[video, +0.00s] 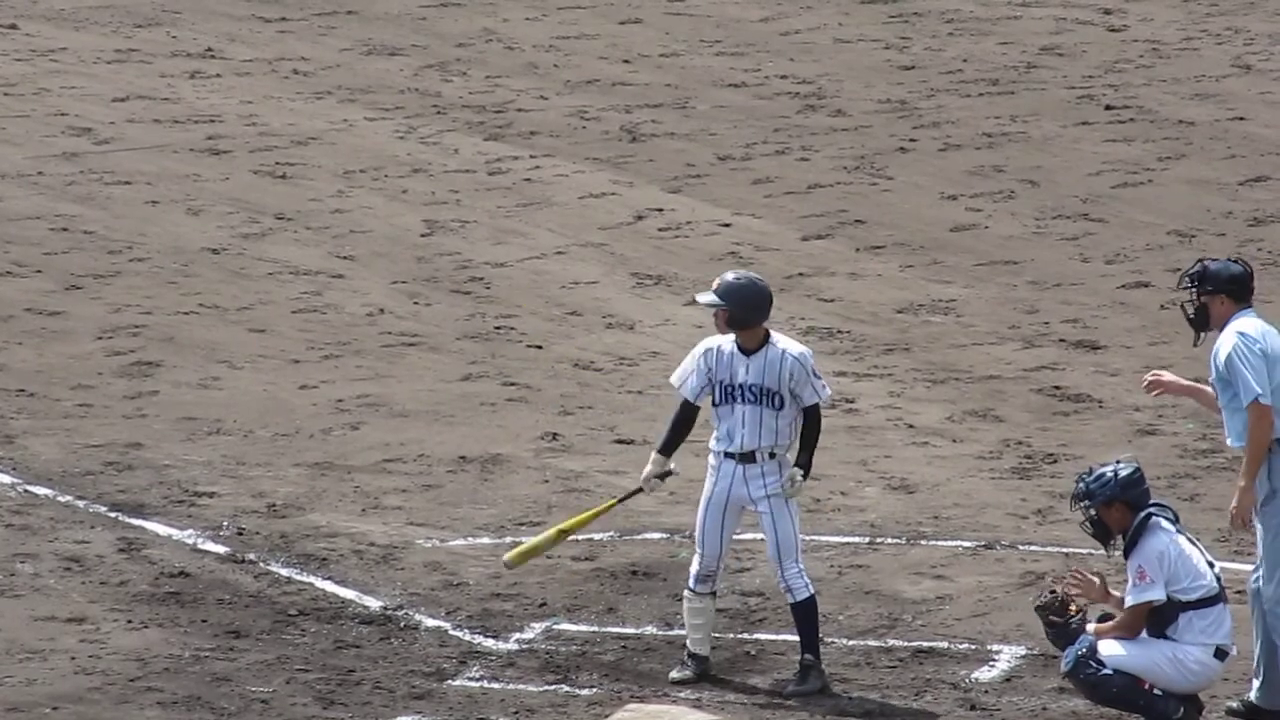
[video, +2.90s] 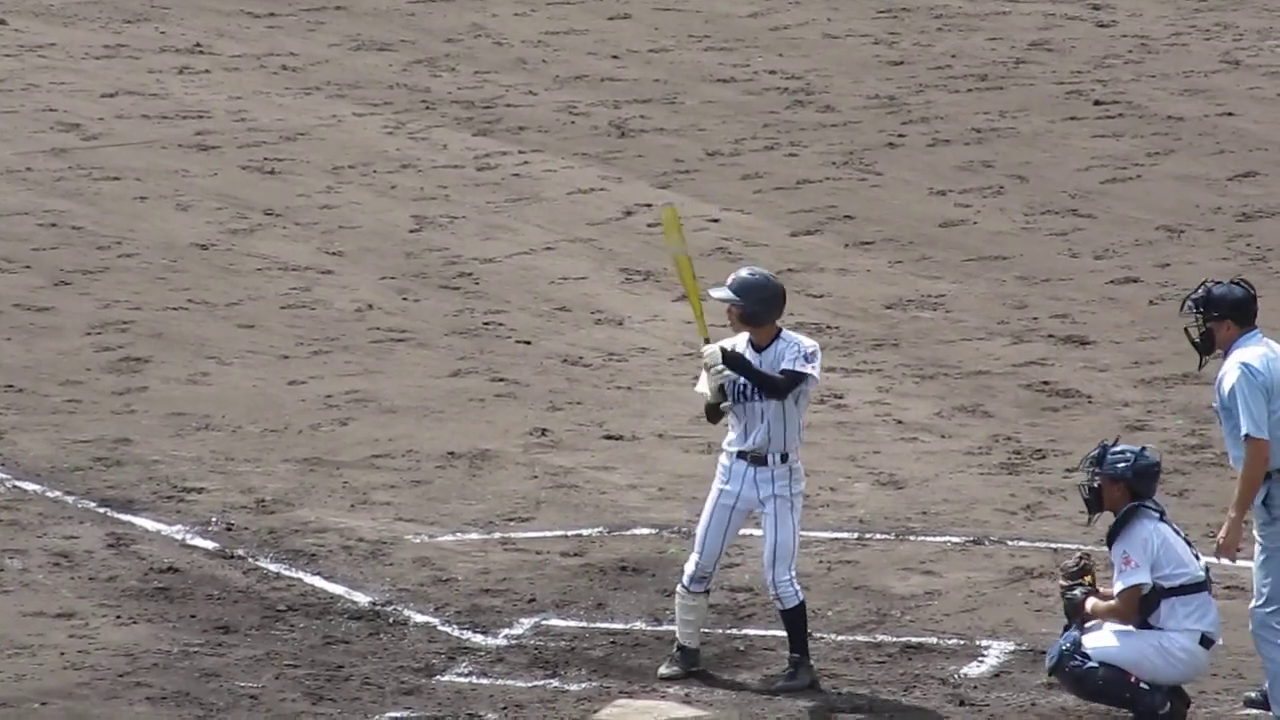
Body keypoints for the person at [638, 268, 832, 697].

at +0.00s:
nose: (712, 314)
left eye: (719, 309)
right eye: (714, 307)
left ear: (742, 315)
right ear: (741, 315)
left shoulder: (793, 359)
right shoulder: (711, 354)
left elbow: (811, 413)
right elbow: (687, 409)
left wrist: (802, 465)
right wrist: (660, 456)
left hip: (772, 472)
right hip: (722, 471)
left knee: (790, 570)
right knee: (704, 564)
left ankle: (811, 665)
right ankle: (696, 658)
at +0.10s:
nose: (714, 310)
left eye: (721, 305)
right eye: (714, 303)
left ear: (742, 310)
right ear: (732, 308)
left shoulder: (792, 355)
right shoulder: (709, 353)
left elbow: (805, 414)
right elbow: (701, 417)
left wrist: (791, 466)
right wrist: (692, 474)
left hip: (769, 471)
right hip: (719, 469)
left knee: (791, 568)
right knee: (704, 565)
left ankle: (812, 665)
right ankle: (697, 657)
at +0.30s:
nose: (711, 305)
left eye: (719, 300)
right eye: (713, 298)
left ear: (742, 306)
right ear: (730, 304)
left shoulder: (790, 353)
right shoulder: (707, 353)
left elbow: (794, 415)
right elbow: (719, 413)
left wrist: (783, 467)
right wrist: (743, 456)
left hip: (770, 470)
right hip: (722, 468)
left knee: (791, 567)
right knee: (704, 563)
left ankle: (812, 665)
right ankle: (697, 658)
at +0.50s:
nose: (713, 303)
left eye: (722, 297)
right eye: (713, 295)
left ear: (746, 302)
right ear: (722, 299)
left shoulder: (789, 349)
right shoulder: (706, 350)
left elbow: (796, 412)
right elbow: (715, 404)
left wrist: (778, 413)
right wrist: (742, 414)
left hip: (766, 471)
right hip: (719, 469)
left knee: (790, 567)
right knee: (704, 566)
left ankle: (812, 666)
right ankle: (696, 659)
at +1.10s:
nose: (740, 294)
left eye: (749, 287)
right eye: (735, 287)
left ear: (766, 294)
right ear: (727, 293)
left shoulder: (787, 339)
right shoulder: (710, 342)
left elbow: (786, 376)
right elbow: (697, 383)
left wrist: (733, 364)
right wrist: (710, 383)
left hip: (763, 467)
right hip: (716, 466)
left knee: (791, 567)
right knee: (703, 564)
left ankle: (812, 663)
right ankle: (698, 655)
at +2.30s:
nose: (706, 308)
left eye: (712, 302)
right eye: (707, 301)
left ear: (733, 307)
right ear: (737, 308)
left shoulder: (767, 353)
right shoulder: (716, 351)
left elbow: (722, 400)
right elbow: (681, 402)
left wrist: (670, 376)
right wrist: (656, 395)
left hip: (752, 477)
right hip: (714, 474)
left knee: (758, 583)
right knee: (696, 570)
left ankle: (802, 668)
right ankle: (687, 659)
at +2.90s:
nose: (726, 312)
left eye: (733, 306)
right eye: (728, 305)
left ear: (753, 312)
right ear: (756, 311)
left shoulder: (802, 349)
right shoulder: (728, 354)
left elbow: (780, 387)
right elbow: (715, 415)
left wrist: (731, 360)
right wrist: (716, 394)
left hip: (779, 474)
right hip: (733, 470)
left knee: (780, 576)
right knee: (700, 565)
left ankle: (801, 664)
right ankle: (686, 651)